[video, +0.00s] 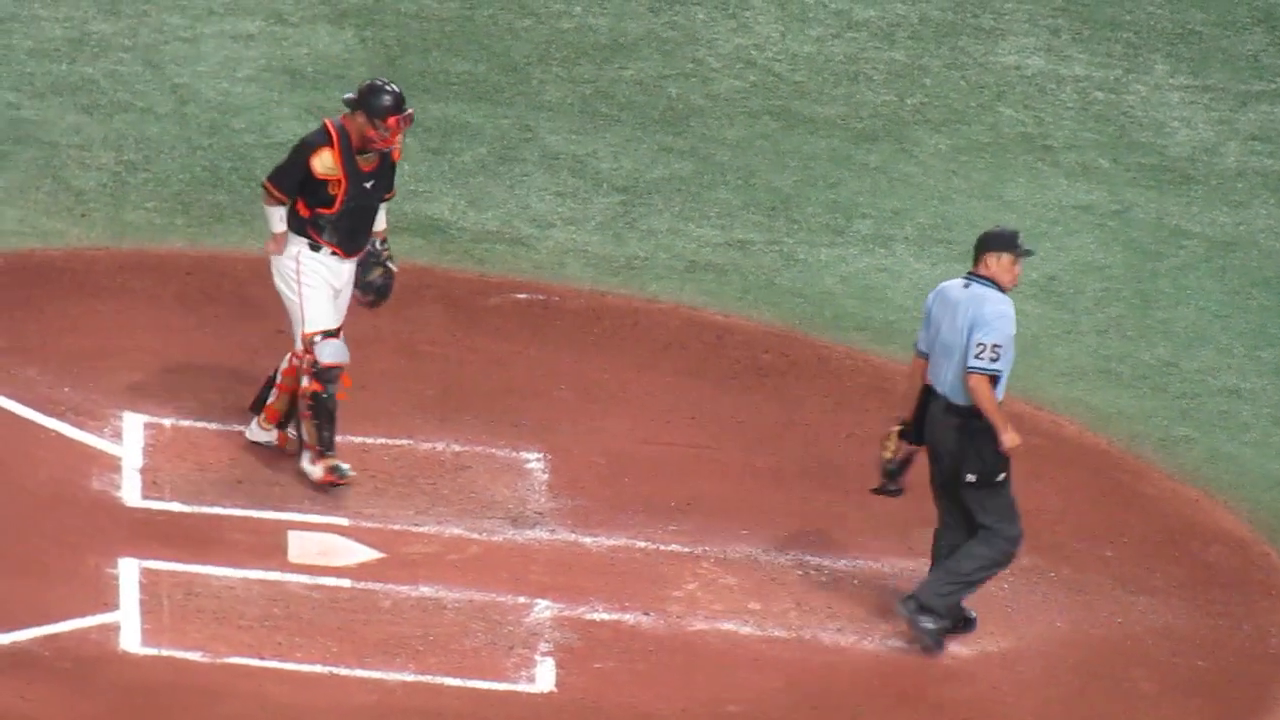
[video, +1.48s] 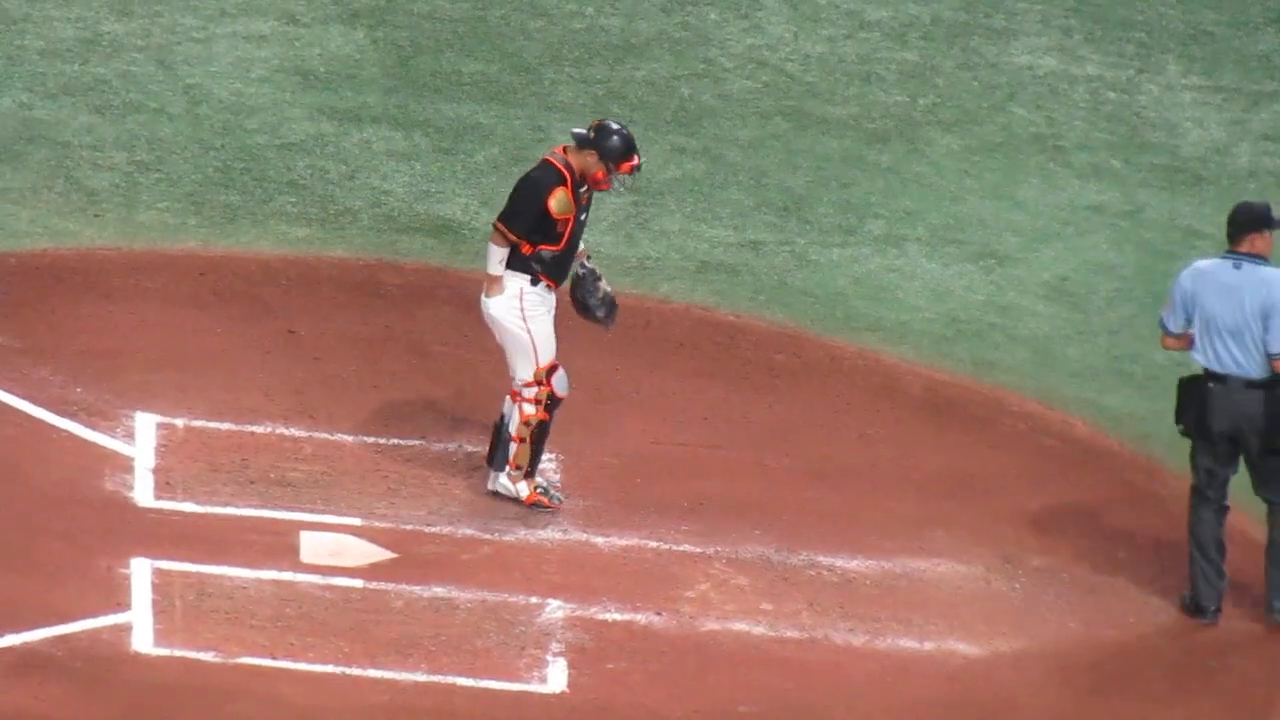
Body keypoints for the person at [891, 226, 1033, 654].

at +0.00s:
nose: (1019, 269)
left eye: (1019, 261)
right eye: (1013, 261)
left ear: (983, 262)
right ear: (990, 261)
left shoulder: (944, 291)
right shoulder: (996, 308)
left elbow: (923, 360)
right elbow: (977, 379)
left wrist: (916, 418)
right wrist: (1003, 428)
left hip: (936, 416)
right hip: (969, 426)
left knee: (954, 520)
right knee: (1002, 533)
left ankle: (945, 605)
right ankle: (929, 603)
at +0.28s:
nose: (1083, 270)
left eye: (1083, 263)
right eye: (1076, 263)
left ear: (1050, 266)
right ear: (1052, 266)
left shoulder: (1017, 287)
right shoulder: (1053, 313)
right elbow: (1049, 387)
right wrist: (1081, 415)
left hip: (1004, 417)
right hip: (1037, 428)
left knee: (982, 519)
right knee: (1074, 526)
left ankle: (951, 611)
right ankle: (1103, 613)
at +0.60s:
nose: (1163, 269)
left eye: (1163, 261)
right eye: (1155, 261)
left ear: (1130, 264)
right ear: (1132, 263)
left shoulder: (1096, 278)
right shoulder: (1137, 312)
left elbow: (1097, 339)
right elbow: (1137, 384)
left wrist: (1146, 364)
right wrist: (1176, 395)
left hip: (1089, 409)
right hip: (1121, 420)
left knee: (1097, 512)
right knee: (1127, 526)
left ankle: (1035, 569)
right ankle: (1120, 617)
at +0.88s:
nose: (1214, 267)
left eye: (1214, 260)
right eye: (1209, 260)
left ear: (1180, 262)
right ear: (1185, 262)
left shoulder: (1138, 277)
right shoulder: (1194, 311)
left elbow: (1122, 336)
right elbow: (1196, 385)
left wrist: (1179, 343)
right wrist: (1223, 385)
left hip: (1133, 410)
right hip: (1168, 421)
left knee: (1171, 506)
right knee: (1154, 515)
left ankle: (1185, 597)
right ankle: (1124, 618)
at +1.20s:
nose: (1246, 251)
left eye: (1244, 244)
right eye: (1241, 245)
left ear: (1210, 249)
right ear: (1219, 249)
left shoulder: (1171, 277)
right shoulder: (1237, 296)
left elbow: (1154, 340)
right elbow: (1243, 374)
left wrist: (1200, 339)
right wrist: (1269, 372)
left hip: (1178, 404)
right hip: (1218, 413)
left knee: (1196, 504)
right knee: (1244, 515)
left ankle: (1205, 599)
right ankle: (1173, 588)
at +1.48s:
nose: (1273, 240)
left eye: (1270, 233)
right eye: (1270, 234)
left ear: (1233, 236)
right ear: (1257, 238)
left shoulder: (1196, 274)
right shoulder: (1273, 284)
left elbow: (1171, 339)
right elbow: (1278, 361)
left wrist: (1216, 336)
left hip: (1214, 397)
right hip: (1262, 401)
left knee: (1208, 497)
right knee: (1276, 499)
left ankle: (1205, 599)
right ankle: (1277, 601)